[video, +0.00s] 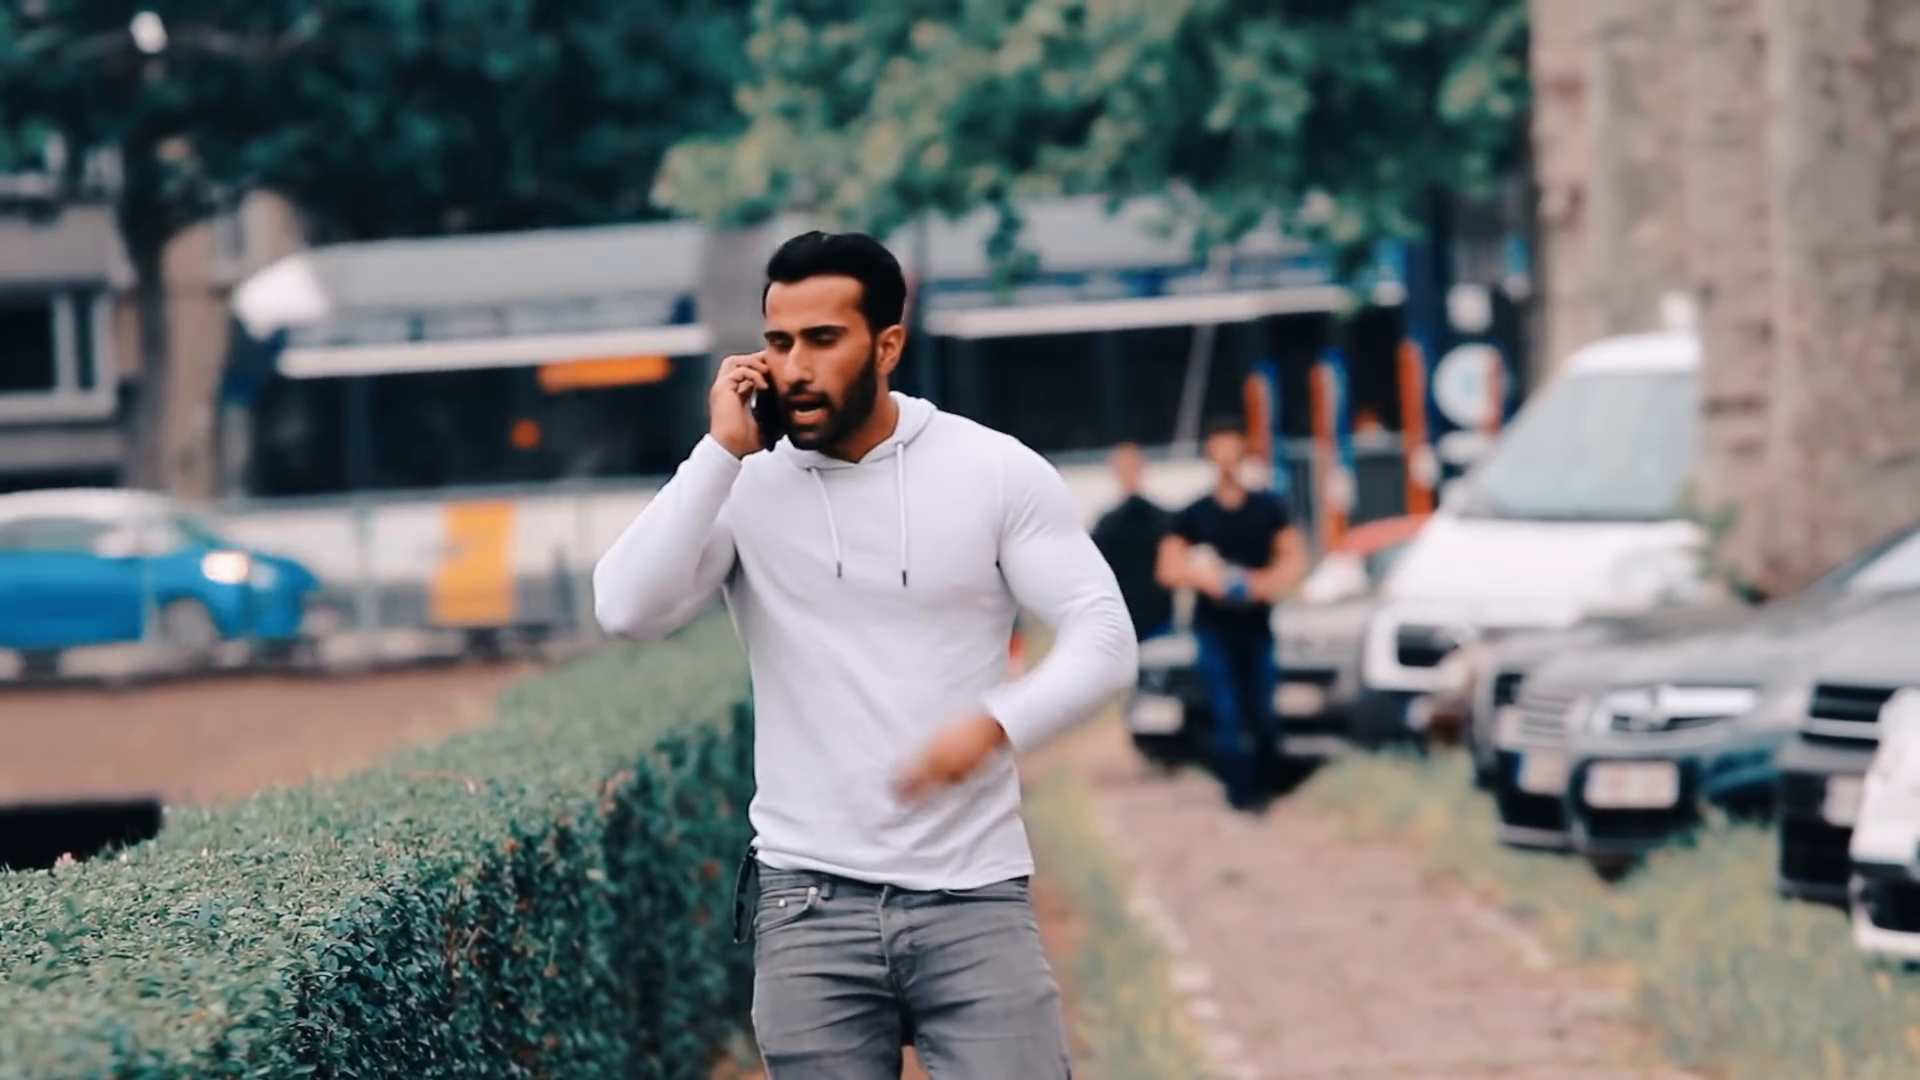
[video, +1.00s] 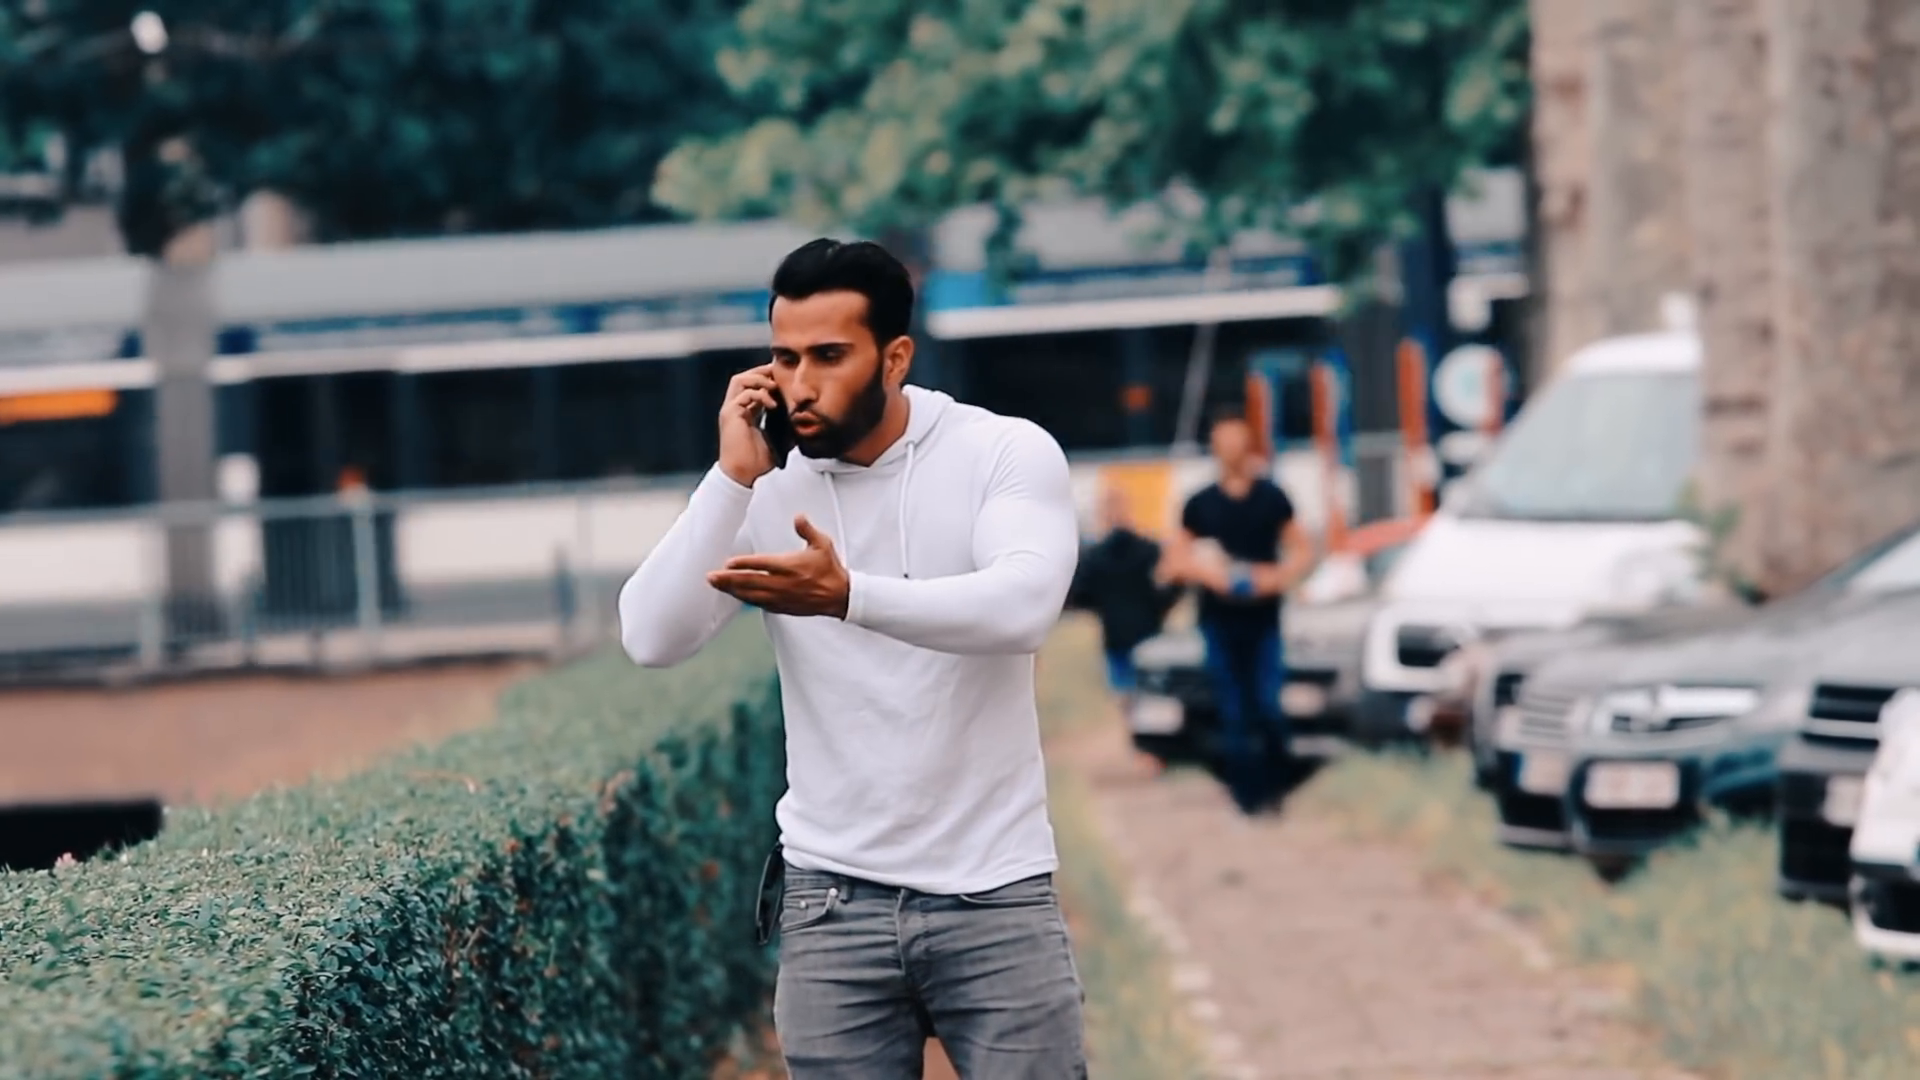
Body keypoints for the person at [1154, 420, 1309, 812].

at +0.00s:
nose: (1226, 455)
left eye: (1232, 446)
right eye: (1218, 447)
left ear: (1243, 451)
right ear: (1208, 454)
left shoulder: (1268, 509)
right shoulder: (1195, 515)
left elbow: (1293, 560)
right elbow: (1168, 568)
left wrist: (1265, 584)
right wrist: (1209, 580)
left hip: (1256, 623)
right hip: (1214, 626)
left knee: (1262, 708)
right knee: (1227, 710)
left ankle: (1264, 785)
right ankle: (1239, 790)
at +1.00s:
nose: (1231, 452)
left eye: (1237, 444)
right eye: (1224, 445)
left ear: (1250, 446)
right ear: (1213, 448)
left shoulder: (1270, 497)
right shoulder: (1200, 504)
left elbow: (1302, 550)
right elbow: (1178, 560)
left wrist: (1276, 578)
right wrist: (1211, 575)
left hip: (1262, 613)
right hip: (1219, 615)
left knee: (1266, 702)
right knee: (1232, 706)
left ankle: (1273, 785)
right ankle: (1246, 789)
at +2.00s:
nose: (1221, 440)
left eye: (1229, 432)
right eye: (1214, 432)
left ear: (1241, 435)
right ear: (1204, 435)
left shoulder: (1264, 488)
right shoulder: (1190, 492)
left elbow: (1291, 542)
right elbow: (1163, 547)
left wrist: (1262, 569)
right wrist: (1198, 566)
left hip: (1251, 609)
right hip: (1207, 611)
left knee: (1251, 695)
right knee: (1217, 700)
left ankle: (1258, 785)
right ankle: (1233, 787)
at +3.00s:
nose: (1202, 436)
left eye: (1210, 428)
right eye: (1195, 428)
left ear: (1223, 429)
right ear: (1185, 429)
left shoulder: (1245, 480)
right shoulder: (1171, 479)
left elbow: (1271, 539)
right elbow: (1144, 538)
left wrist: (1246, 565)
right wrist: (1185, 558)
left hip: (1236, 602)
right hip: (1190, 603)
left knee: (1240, 692)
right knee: (1197, 697)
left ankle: (1239, 786)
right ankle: (1212, 789)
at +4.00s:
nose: (1224, 435)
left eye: (1231, 427)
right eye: (1216, 427)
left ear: (1242, 430)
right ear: (1202, 430)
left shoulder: (1264, 486)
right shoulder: (1182, 489)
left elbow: (1289, 548)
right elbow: (1155, 548)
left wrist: (1250, 565)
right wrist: (1188, 562)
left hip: (1245, 617)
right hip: (1198, 618)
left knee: (1253, 703)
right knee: (1203, 714)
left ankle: (1283, 802)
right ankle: (1212, 810)